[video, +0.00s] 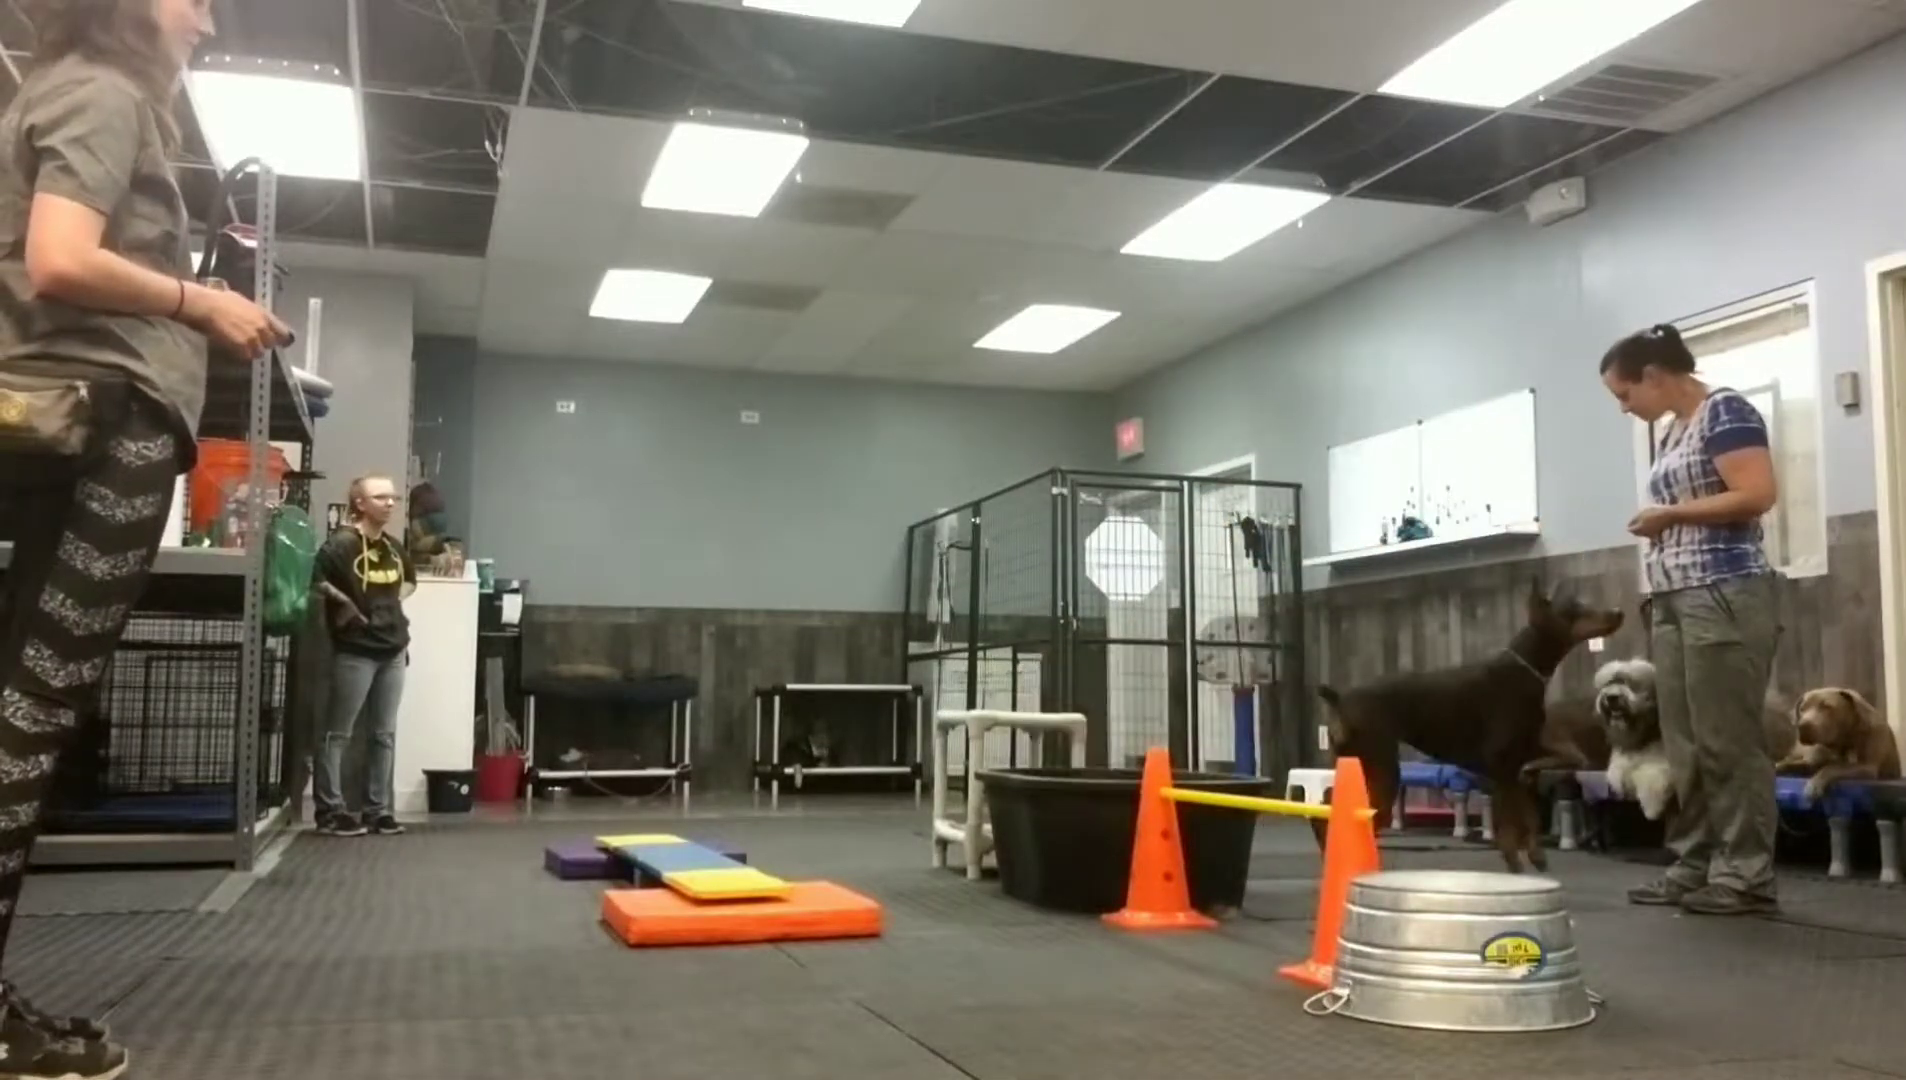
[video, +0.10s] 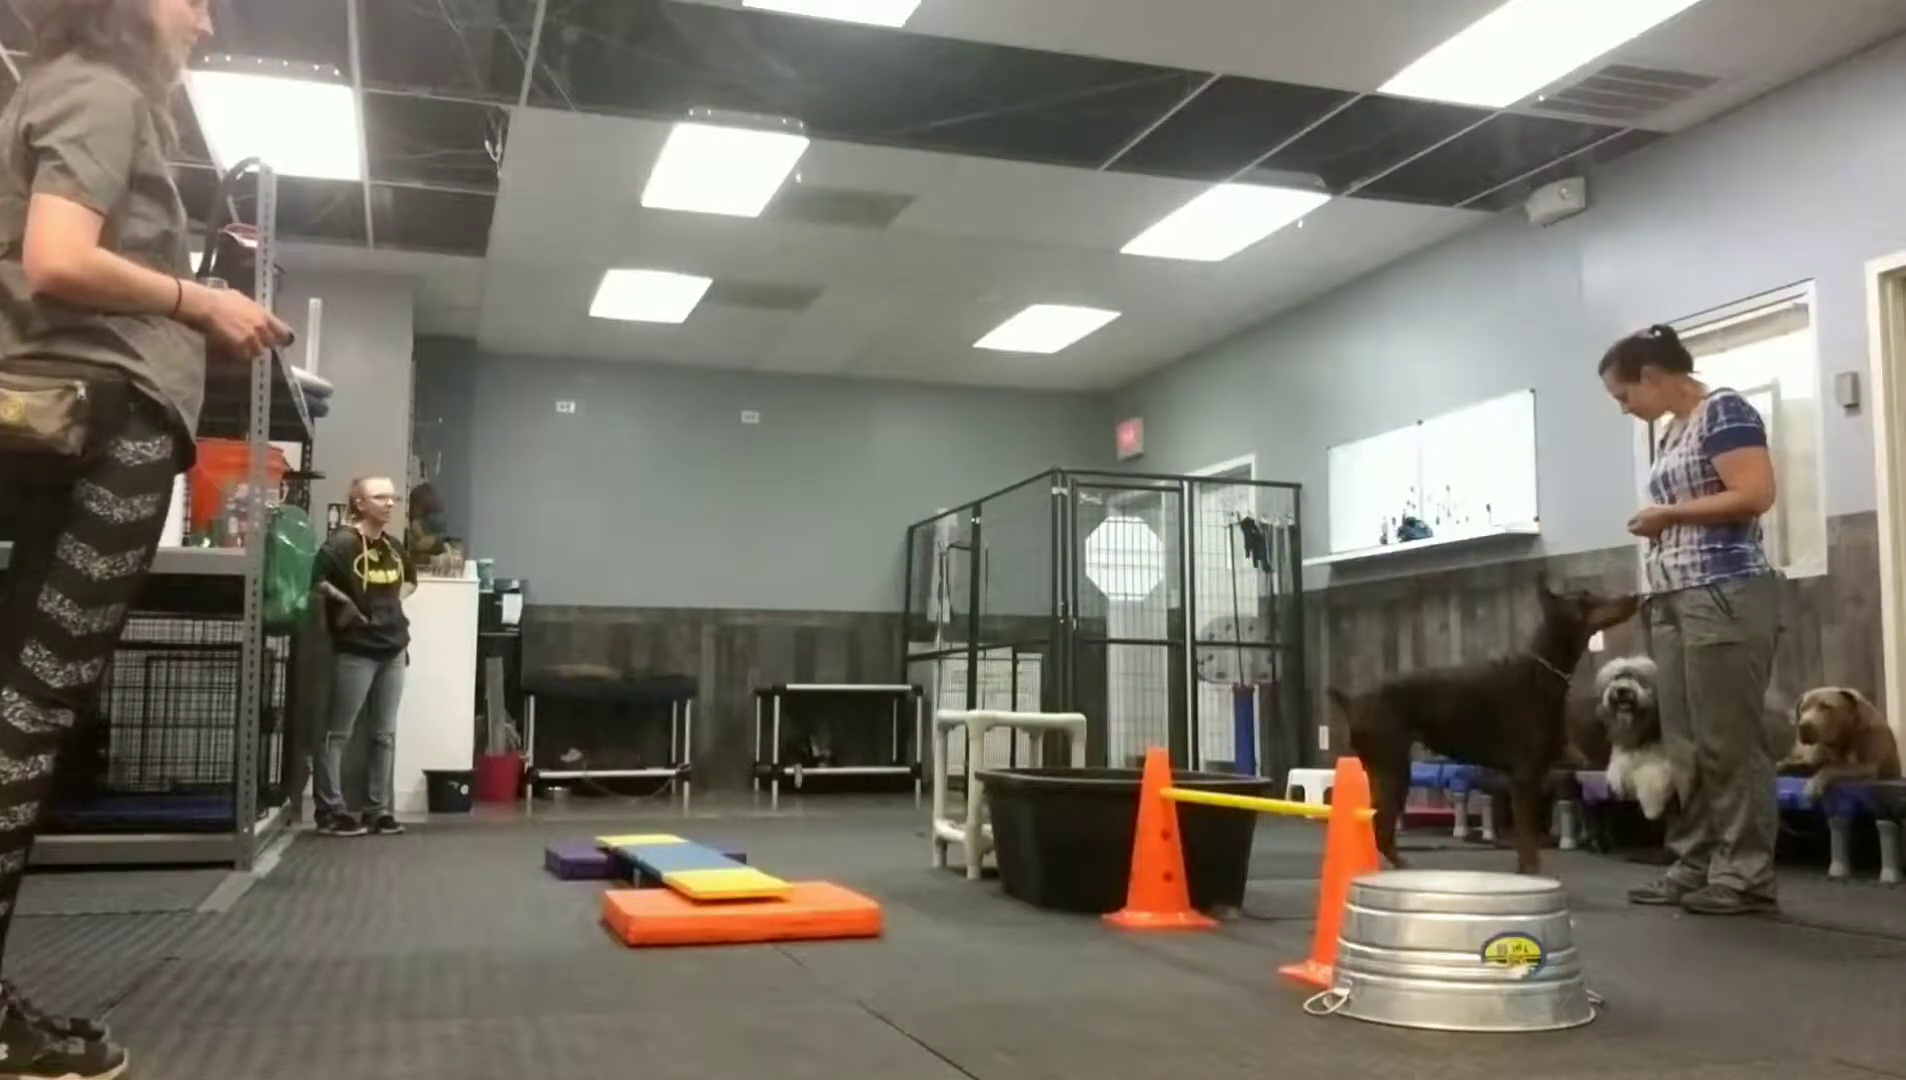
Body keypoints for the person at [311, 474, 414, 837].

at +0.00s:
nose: (390, 504)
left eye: (392, 498)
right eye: (381, 498)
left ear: (394, 504)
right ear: (359, 503)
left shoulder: (392, 546)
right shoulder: (340, 546)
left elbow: (406, 583)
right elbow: (316, 585)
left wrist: (396, 624)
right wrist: (347, 609)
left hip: (393, 649)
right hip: (355, 650)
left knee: (383, 734)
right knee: (339, 734)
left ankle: (378, 811)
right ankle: (330, 811)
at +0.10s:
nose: (390, 504)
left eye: (392, 498)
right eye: (381, 498)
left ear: (393, 503)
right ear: (359, 504)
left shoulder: (392, 546)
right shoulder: (340, 545)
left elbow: (408, 582)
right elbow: (316, 583)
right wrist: (346, 606)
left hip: (392, 649)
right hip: (355, 650)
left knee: (384, 734)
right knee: (339, 734)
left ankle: (378, 811)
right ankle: (329, 811)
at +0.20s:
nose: (390, 504)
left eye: (392, 498)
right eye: (381, 498)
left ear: (393, 504)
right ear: (359, 504)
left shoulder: (392, 545)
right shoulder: (340, 545)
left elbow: (408, 581)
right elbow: (316, 583)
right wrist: (346, 606)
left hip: (392, 649)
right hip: (355, 650)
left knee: (384, 734)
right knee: (339, 734)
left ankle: (378, 811)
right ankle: (329, 811)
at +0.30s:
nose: (390, 504)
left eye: (392, 498)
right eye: (381, 498)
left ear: (393, 503)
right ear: (359, 503)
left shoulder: (392, 546)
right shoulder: (339, 546)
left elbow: (407, 582)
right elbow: (314, 587)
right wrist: (347, 609)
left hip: (392, 649)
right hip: (355, 650)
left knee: (384, 734)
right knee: (339, 734)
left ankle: (378, 811)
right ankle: (329, 811)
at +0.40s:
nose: (389, 505)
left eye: (392, 499)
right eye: (381, 499)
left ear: (393, 504)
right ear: (359, 502)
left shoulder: (391, 546)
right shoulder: (340, 545)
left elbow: (406, 582)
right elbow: (315, 587)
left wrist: (394, 623)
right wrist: (347, 612)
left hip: (392, 649)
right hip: (355, 650)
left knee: (384, 735)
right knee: (339, 734)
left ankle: (377, 811)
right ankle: (330, 811)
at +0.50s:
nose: (388, 507)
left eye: (392, 500)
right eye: (380, 500)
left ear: (393, 505)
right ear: (358, 502)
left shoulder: (391, 546)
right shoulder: (339, 546)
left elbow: (407, 582)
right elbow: (316, 588)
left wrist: (391, 619)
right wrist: (347, 611)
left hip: (392, 649)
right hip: (355, 650)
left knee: (384, 735)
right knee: (339, 734)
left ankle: (378, 811)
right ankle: (330, 811)